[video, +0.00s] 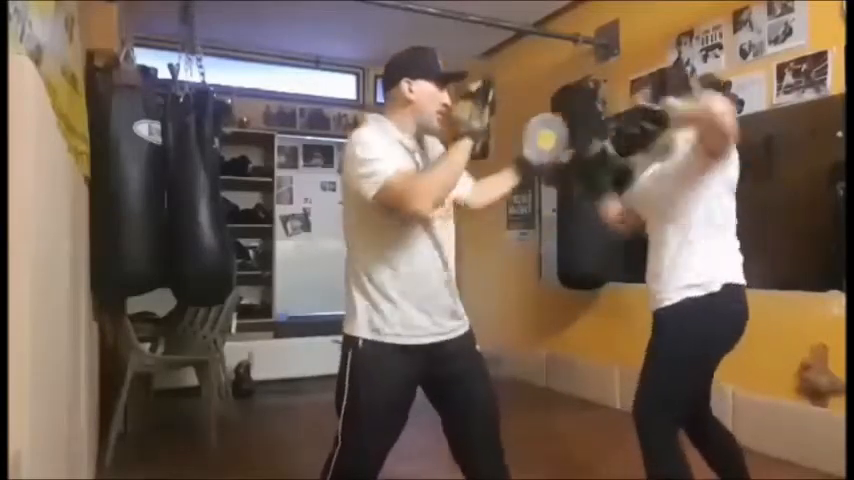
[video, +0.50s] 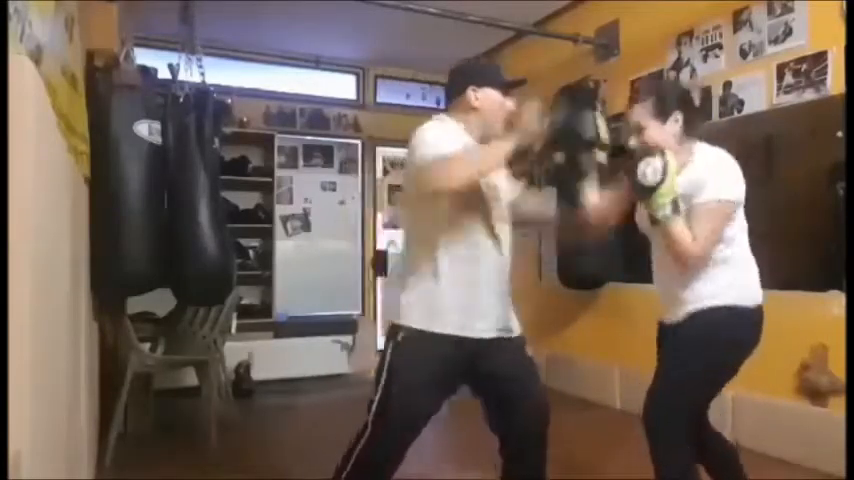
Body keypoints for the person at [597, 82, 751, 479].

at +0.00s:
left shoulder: (708, 152)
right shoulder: (653, 175)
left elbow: (719, 117)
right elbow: (627, 221)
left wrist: (668, 111)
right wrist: (602, 188)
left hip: (707, 302)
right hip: (677, 307)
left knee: (652, 414)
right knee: (694, 414)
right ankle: (737, 473)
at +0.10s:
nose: (639, 120)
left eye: (645, 106)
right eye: (639, 106)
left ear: (673, 107)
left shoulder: (695, 139)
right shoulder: (666, 170)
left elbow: (620, 98)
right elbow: (665, 248)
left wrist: (587, 121)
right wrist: (626, 213)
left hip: (705, 305)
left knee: (648, 413)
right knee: (697, 413)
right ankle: (740, 474)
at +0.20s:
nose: (642, 126)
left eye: (650, 115)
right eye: (641, 117)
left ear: (683, 113)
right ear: (679, 116)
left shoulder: (686, 147)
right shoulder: (701, 151)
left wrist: (583, 142)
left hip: (700, 311)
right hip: (723, 309)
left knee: (645, 414)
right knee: (699, 414)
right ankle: (741, 475)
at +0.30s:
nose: (644, 121)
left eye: (651, 109)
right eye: (642, 112)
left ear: (685, 107)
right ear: (683, 110)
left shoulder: (693, 151)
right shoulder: (708, 148)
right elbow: (666, 217)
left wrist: (623, 173)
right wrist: (628, 180)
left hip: (697, 309)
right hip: (721, 306)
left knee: (651, 415)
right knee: (703, 411)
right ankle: (743, 475)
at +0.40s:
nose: (645, 121)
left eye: (653, 109)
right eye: (641, 111)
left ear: (686, 105)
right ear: (640, 110)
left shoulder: (719, 156)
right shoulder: (655, 152)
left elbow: (685, 237)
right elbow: (592, 164)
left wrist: (663, 178)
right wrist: (573, 118)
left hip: (716, 304)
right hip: (682, 306)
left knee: (662, 417)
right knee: (704, 415)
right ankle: (743, 475)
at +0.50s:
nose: (635, 139)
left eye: (642, 128)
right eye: (632, 130)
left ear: (676, 121)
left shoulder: (717, 167)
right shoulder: (652, 169)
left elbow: (692, 255)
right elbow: (598, 215)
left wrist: (660, 200)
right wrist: (580, 162)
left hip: (726, 312)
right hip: (679, 316)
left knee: (663, 416)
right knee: (688, 421)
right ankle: (731, 471)